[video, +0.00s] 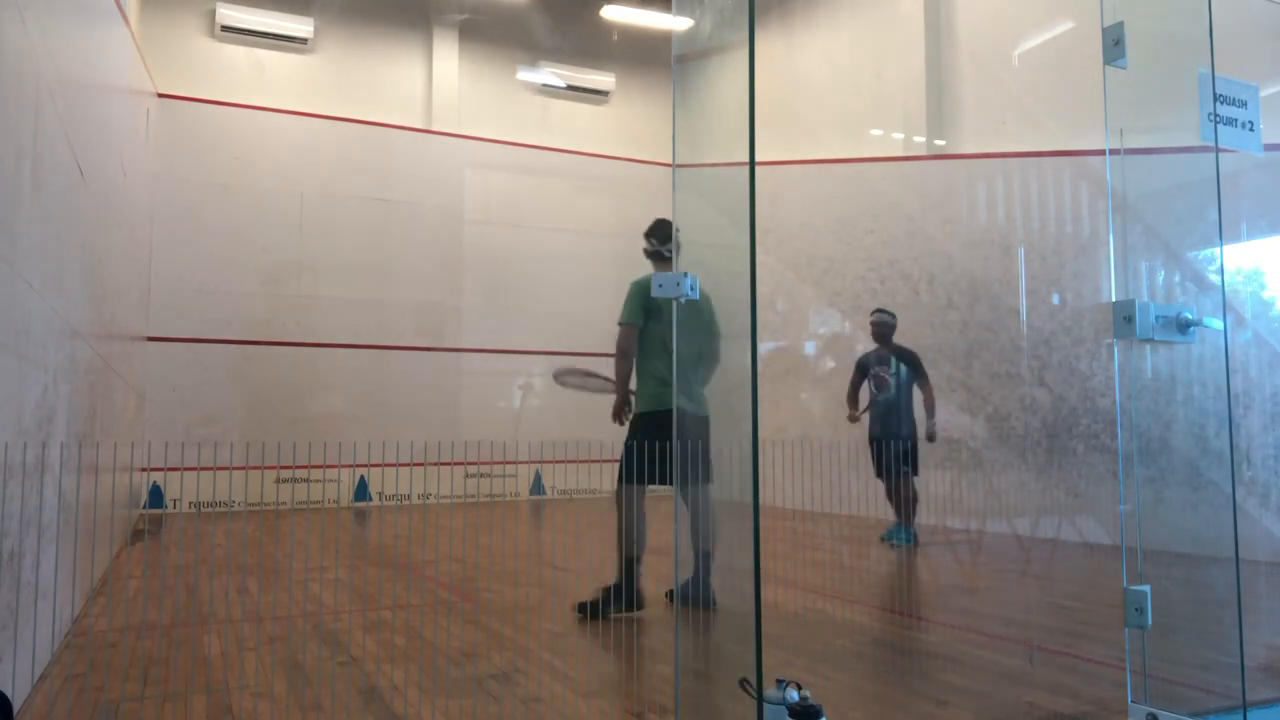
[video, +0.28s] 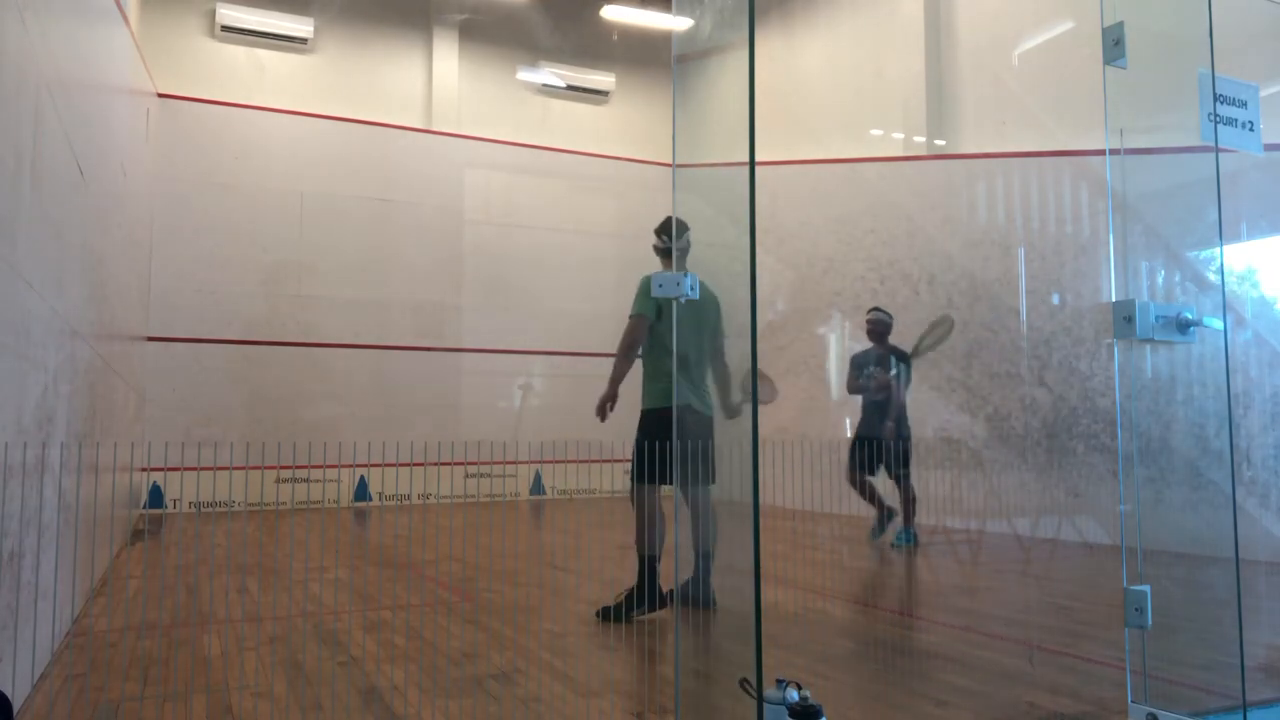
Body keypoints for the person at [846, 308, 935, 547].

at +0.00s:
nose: (876, 330)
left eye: (881, 325)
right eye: (873, 325)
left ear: (893, 328)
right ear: (870, 328)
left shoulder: (908, 357)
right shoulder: (866, 360)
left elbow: (926, 389)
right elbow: (853, 389)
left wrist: (930, 421)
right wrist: (853, 410)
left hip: (903, 427)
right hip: (879, 428)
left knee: (904, 479)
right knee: (889, 481)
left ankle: (909, 528)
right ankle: (900, 523)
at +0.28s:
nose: (871, 328)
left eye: (877, 324)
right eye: (869, 324)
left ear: (889, 327)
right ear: (865, 327)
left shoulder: (900, 357)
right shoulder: (859, 358)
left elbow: (899, 392)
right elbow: (851, 387)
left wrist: (891, 421)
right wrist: (874, 385)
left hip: (895, 424)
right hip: (869, 423)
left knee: (901, 479)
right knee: (855, 476)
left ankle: (908, 528)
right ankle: (883, 510)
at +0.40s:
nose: (866, 329)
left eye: (872, 324)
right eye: (864, 324)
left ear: (883, 328)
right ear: (860, 327)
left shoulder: (893, 357)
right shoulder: (854, 358)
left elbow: (887, 391)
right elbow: (850, 384)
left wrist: (865, 413)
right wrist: (875, 379)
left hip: (889, 427)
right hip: (863, 426)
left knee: (898, 478)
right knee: (841, 472)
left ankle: (907, 529)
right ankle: (862, 519)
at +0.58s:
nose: (841, 332)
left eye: (845, 328)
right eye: (840, 328)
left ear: (859, 330)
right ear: (841, 332)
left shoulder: (878, 358)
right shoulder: (836, 360)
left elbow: (872, 386)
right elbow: (833, 383)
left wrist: (841, 381)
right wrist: (859, 383)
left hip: (875, 431)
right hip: (847, 431)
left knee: (890, 479)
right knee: (826, 476)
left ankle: (906, 528)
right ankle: (807, 525)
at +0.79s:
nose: (806, 337)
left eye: (811, 333)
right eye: (805, 333)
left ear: (825, 335)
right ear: (805, 335)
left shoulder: (845, 359)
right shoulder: (804, 367)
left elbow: (841, 392)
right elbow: (813, 388)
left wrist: (804, 395)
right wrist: (842, 369)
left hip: (848, 430)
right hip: (822, 431)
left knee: (868, 481)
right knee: (797, 478)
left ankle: (899, 521)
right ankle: (797, 533)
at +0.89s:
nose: (787, 338)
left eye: (792, 333)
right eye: (787, 333)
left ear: (805, 335)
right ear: (791, 336)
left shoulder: (823, 361)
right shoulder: (792, 367)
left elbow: (816, 397)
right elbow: (782, 391)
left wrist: (786, 419)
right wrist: (803, 391)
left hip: (835, 428)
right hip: (812, 428)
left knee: (846, 484)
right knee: (792, 477)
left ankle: (885, 514)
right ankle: (797, 533)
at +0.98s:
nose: (774, 339)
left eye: (779, 335)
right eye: (774, 334)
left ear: (793, 336)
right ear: (784, 339)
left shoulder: (810, 362)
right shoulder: (785, 370)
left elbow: (812, 398)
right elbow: (765, 397)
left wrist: (807, 429)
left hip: (822, 429)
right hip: (801, 430)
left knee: (821, 484)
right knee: (792, 478)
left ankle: (863, 509)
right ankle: (797, 533)